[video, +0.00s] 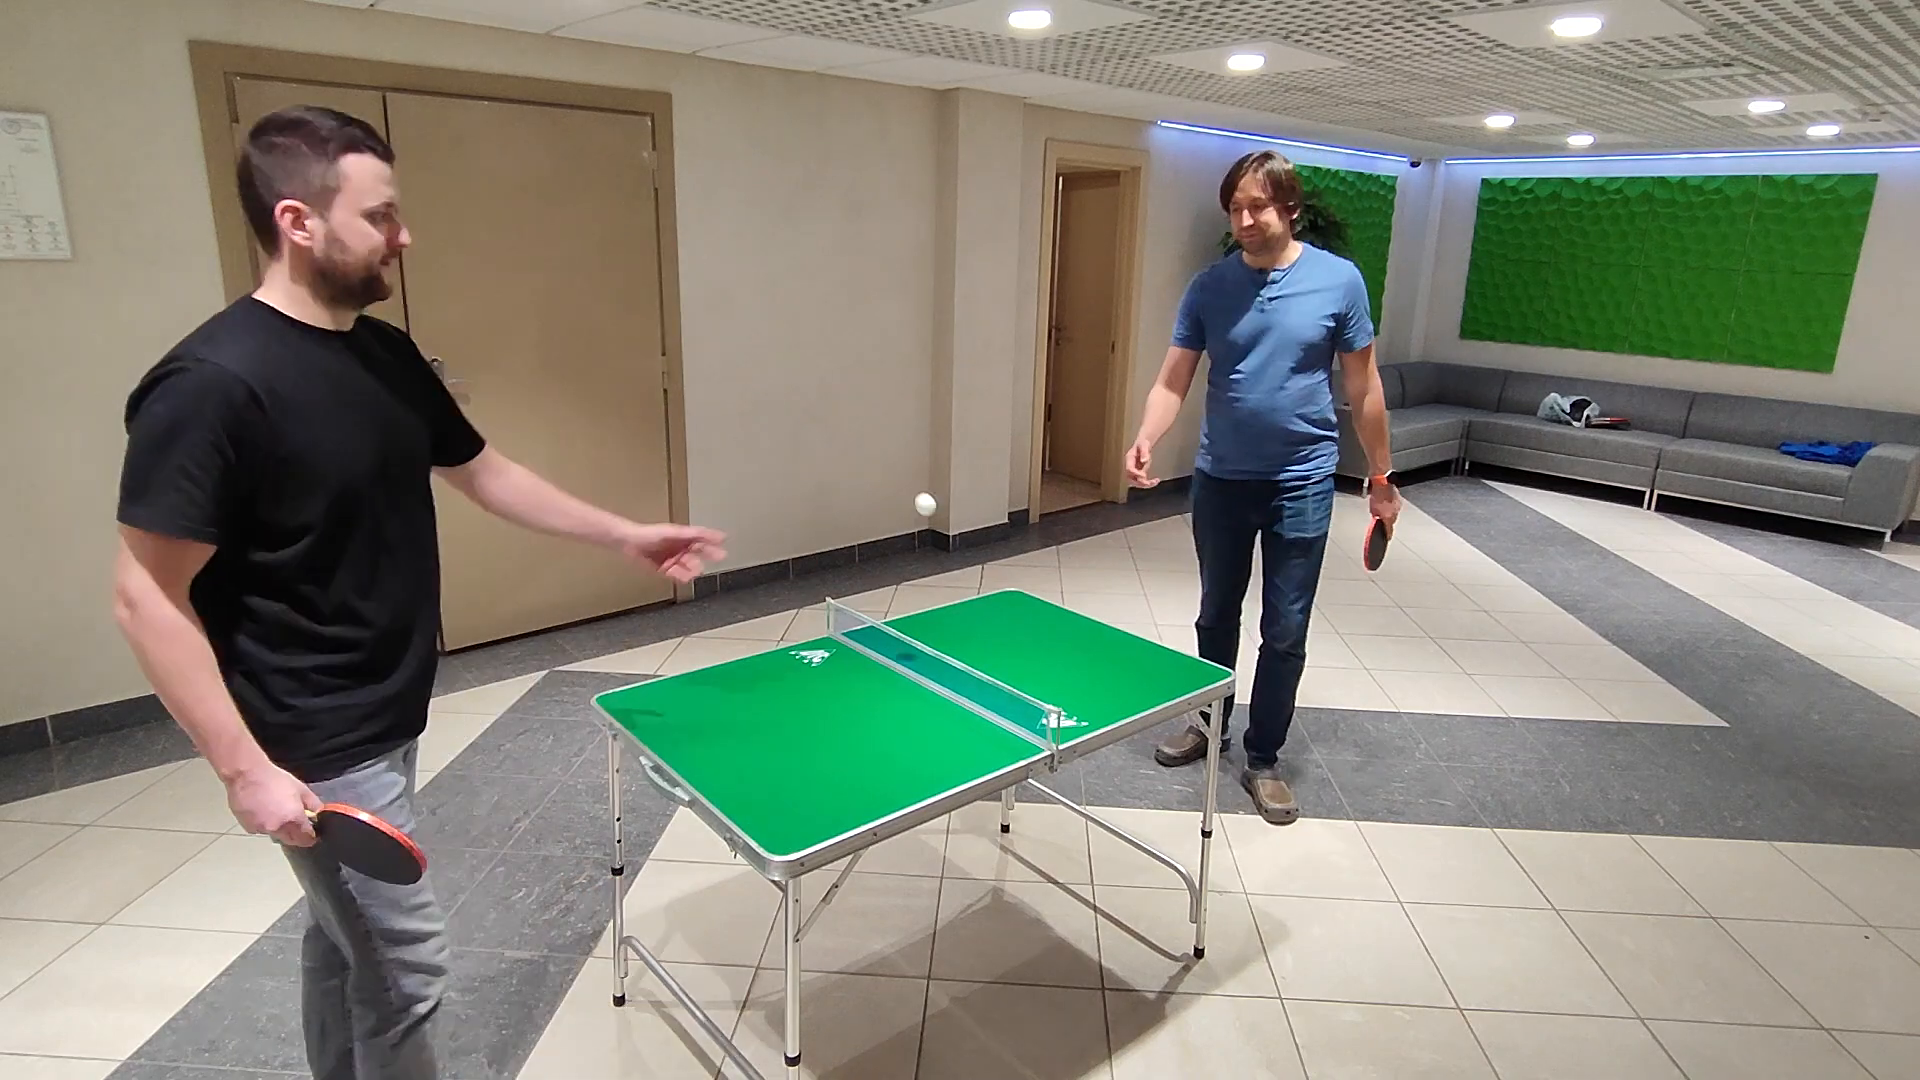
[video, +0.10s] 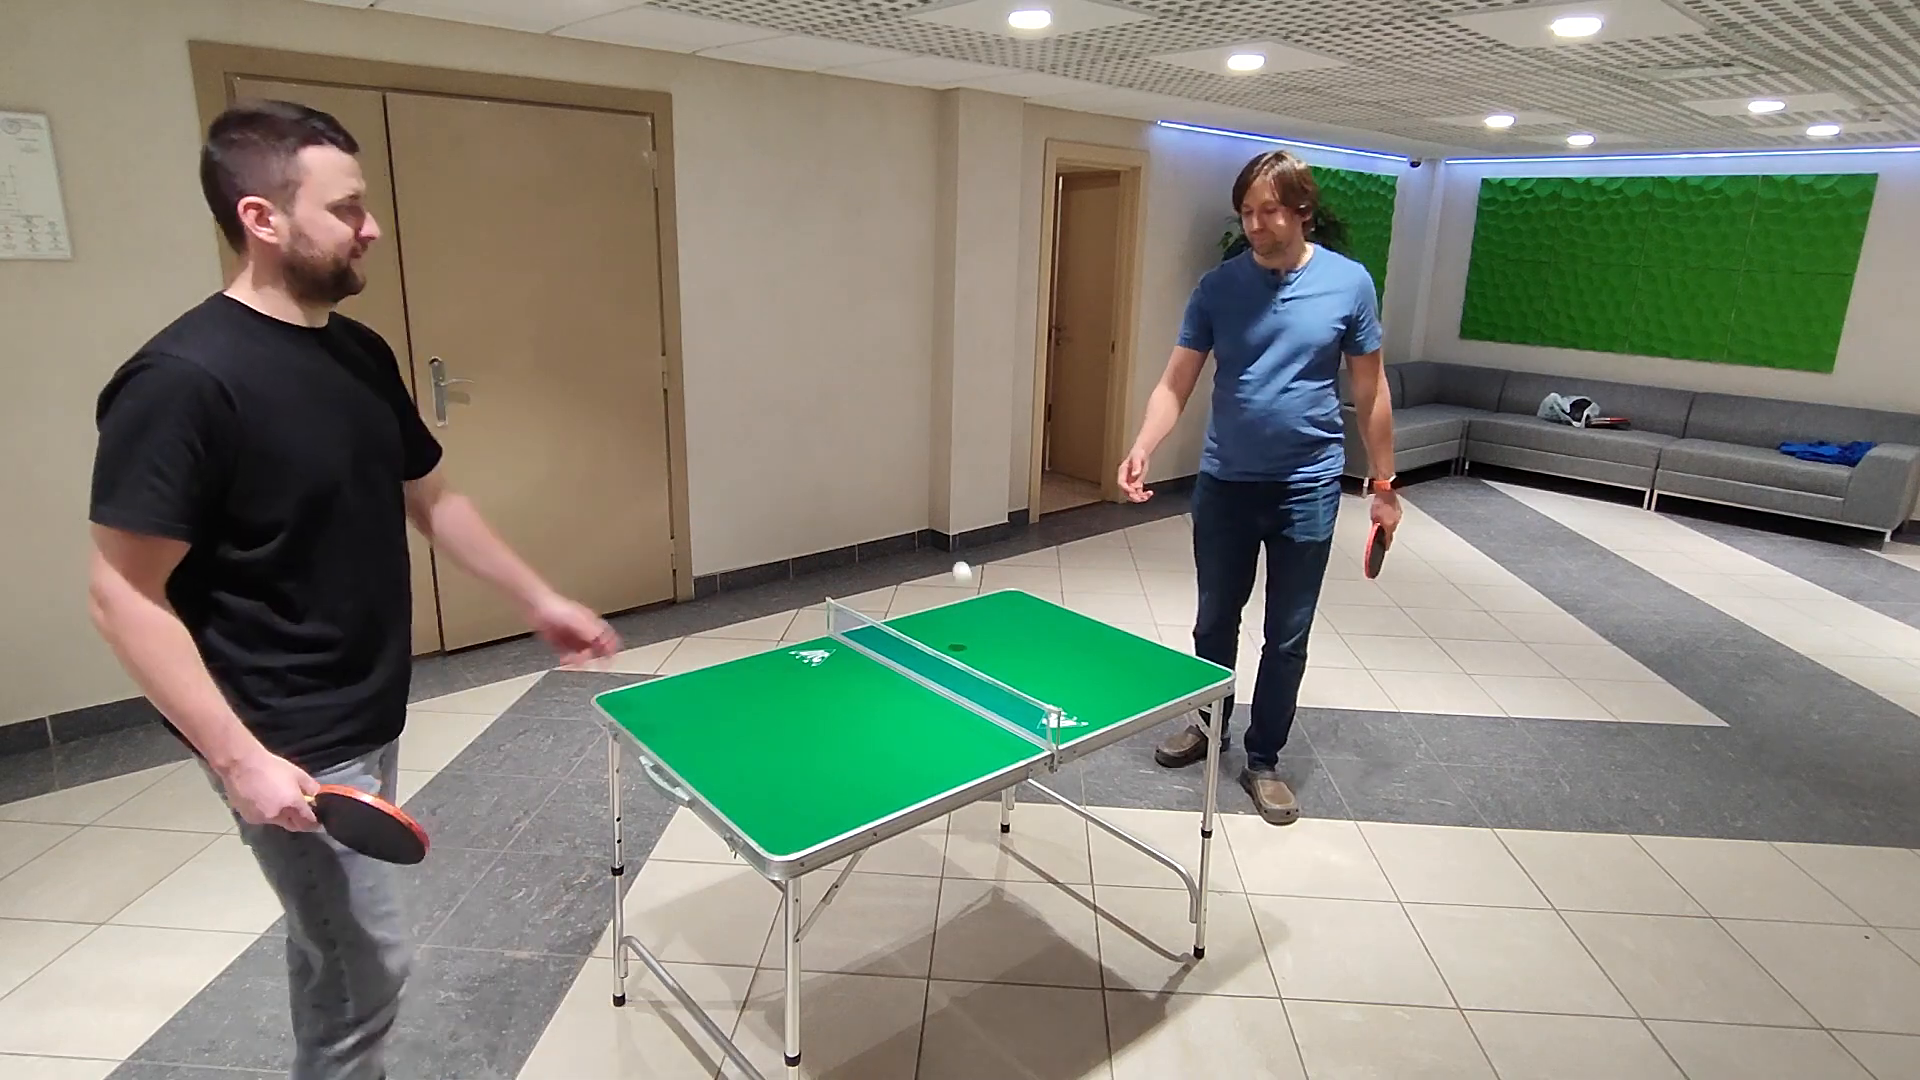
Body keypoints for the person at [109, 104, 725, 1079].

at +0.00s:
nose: (403, 240)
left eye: (400, 215)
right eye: (379, 216)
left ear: (315, 225)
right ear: (296, 223)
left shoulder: (386, 356)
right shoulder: (210, 386)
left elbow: (485, 473)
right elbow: (144, 595)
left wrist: (629, 536)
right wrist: (243, 769)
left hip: (390, 722)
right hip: (315, 747)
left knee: (343, 943)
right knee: (406, 985)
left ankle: (338, 1071)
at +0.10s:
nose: (370, 230)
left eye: (365, 206)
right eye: (344, 209)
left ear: (274, 220)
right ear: (262, 220)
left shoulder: (357, 351)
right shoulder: (182, 381)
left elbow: (433, 500)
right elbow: (122, 595)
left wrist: (541, 602)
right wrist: (240, 761)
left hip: (371, 724)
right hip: (284, 747)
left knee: (343, 954)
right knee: (365, 982)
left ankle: (337, 1063)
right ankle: (338, 1074)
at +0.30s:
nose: (304, 218)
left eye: (299, 193)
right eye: (276, 197)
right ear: (188, 212)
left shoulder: (300, 354)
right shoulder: (121, 377)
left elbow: (301, 552)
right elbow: (71, 600)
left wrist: (335, 707)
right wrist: (242, 738)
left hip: (327, 739)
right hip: (219, 775)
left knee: (328, 956)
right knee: (249, 1015)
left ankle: (342, 1073)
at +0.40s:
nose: (261, 218)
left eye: (254, 192)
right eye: (230, 195)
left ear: (156, 211)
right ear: (138, 211)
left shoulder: (254, 350)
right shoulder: (68, 385)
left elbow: (253, 558)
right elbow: (40, 616)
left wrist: (309, 707)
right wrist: (238, 729)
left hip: (296, 749)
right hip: (175, 789)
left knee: (313, 956)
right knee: (178, 1029)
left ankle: (337, 1070)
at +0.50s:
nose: (204, 219)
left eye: (196, 192)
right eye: (172, 195)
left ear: (88, 214)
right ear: (75, 212)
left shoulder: (201, 356)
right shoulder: (24, 386)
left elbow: (238, 557)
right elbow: (13, 639)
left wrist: (288, 703)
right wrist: (219, 728)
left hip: (256, 762)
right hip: (114, 804)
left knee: (297, 956)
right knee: (99, 1044)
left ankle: (335, 1071)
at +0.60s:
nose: (144, 224)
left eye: (134, 196)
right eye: (110, 199)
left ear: (30, 220)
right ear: (14, 219)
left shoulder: (143, 361)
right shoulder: (1, 390)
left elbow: (203, 528)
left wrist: (283, 653)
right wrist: (185, 734)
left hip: (203, 772)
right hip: (53, 818)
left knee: (275, 966)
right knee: (39, 1062)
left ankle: (340, 1076)